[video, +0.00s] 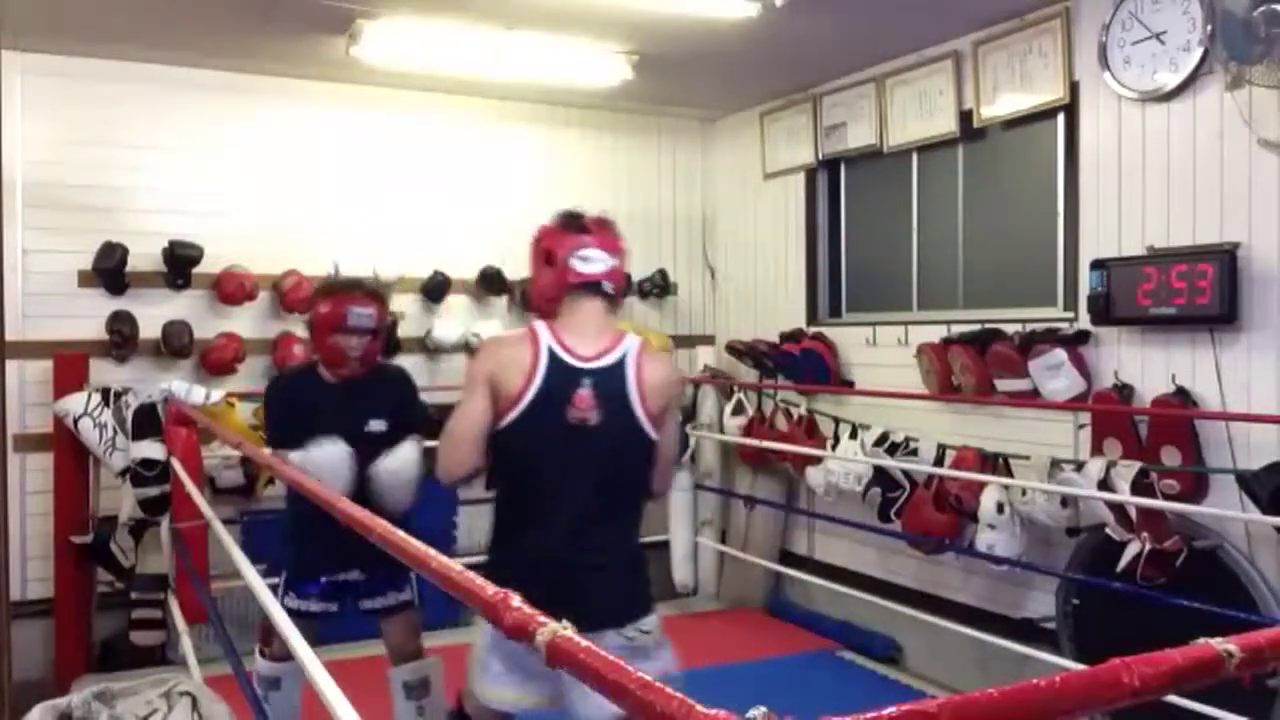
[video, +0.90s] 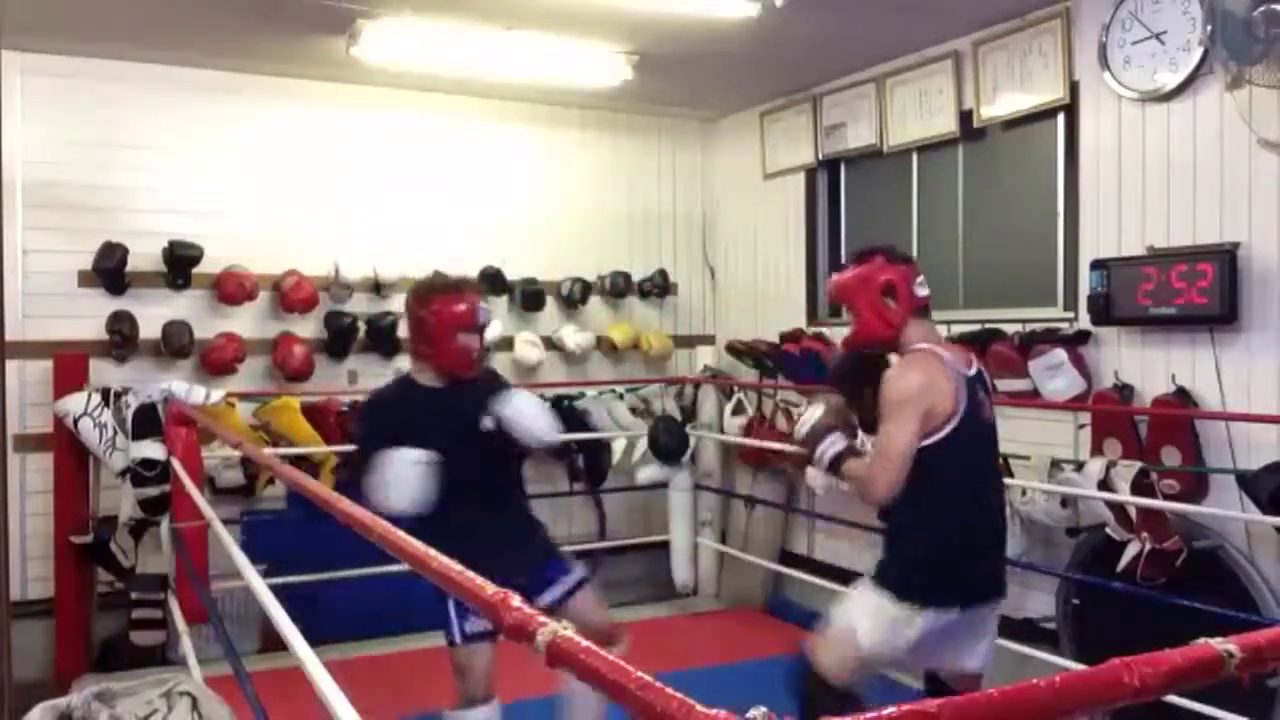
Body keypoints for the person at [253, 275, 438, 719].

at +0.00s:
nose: (356, 344)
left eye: (367, 333)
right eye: (345, 331)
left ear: (381, 337)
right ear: (320, 332)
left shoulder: (393, 383)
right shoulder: (289, 388)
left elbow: (421, 438)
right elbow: (272, 461)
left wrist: (407, 462)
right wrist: (304, 464)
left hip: (383, 539)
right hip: (311, 541)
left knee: (406, 644)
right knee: (279, 646)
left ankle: (420, 713)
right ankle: (277, 713)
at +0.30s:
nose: (364, 349)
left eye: (376, 340)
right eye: (352, 336)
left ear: (387, 344)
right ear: (324, 334)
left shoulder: (386, 386)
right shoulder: (290, 384)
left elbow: (395, 481)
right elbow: (280, 459)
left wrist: (410, 423)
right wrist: (329, 422)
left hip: (373, 535)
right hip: (310, 538)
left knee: (431, 638)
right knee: (281, 659)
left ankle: (463, 712)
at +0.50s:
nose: (409, 357)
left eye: (416, 346)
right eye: (398, 344)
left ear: (421, 349)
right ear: (365, 343)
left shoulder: (419, 400)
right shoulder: (326, 394)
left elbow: (437, 472)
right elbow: (320, 458)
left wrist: (450, 428)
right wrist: (374, 408)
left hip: (402, 557)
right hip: (333, 557)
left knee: (450, 662)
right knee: (290, 676)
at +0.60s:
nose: (432, 347)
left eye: (440, 337)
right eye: (422, 335)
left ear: (447, 343)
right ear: (395, 337)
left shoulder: (449, 389)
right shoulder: (352, 389)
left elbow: (481, 433)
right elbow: (314, 456)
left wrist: (509, 441)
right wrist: (344, 435)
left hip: (439, 549)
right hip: (370, 551)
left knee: (480, 646)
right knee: (331, 659)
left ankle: (495, 714)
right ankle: (298, 711)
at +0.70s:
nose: (461, 338)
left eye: (468, 327)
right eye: (450, 326)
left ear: (472, 332)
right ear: (417, 327)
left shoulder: (473, 383)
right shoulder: (373, 388)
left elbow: (508, 441)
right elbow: (331, 442)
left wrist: (500, 418)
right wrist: (306, 462)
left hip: (465, 532)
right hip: (401, 537)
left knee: (499, 645)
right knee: (380, 663)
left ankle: (502, 713)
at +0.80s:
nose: (470, 337)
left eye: (474, 325)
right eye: (459, 325)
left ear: (479, 326)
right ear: (425, 327)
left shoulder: (482, 380)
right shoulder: (378, 393)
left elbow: (516, 446)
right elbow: (365, 467)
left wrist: (497, 406)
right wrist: (335, 466)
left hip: (498, 533)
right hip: (434, 546)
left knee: (530, 651)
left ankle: (524, 711)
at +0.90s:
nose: (476, 344)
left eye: (478, 331)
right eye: (463, 332)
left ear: (482, 331)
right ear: (427, 334)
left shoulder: (486, 386)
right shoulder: (390, 406)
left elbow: (548, 437)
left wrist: (537, 427)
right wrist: (385, 480)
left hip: (518, 538)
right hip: (456, 554)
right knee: (476, 686)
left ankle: (581, 711)